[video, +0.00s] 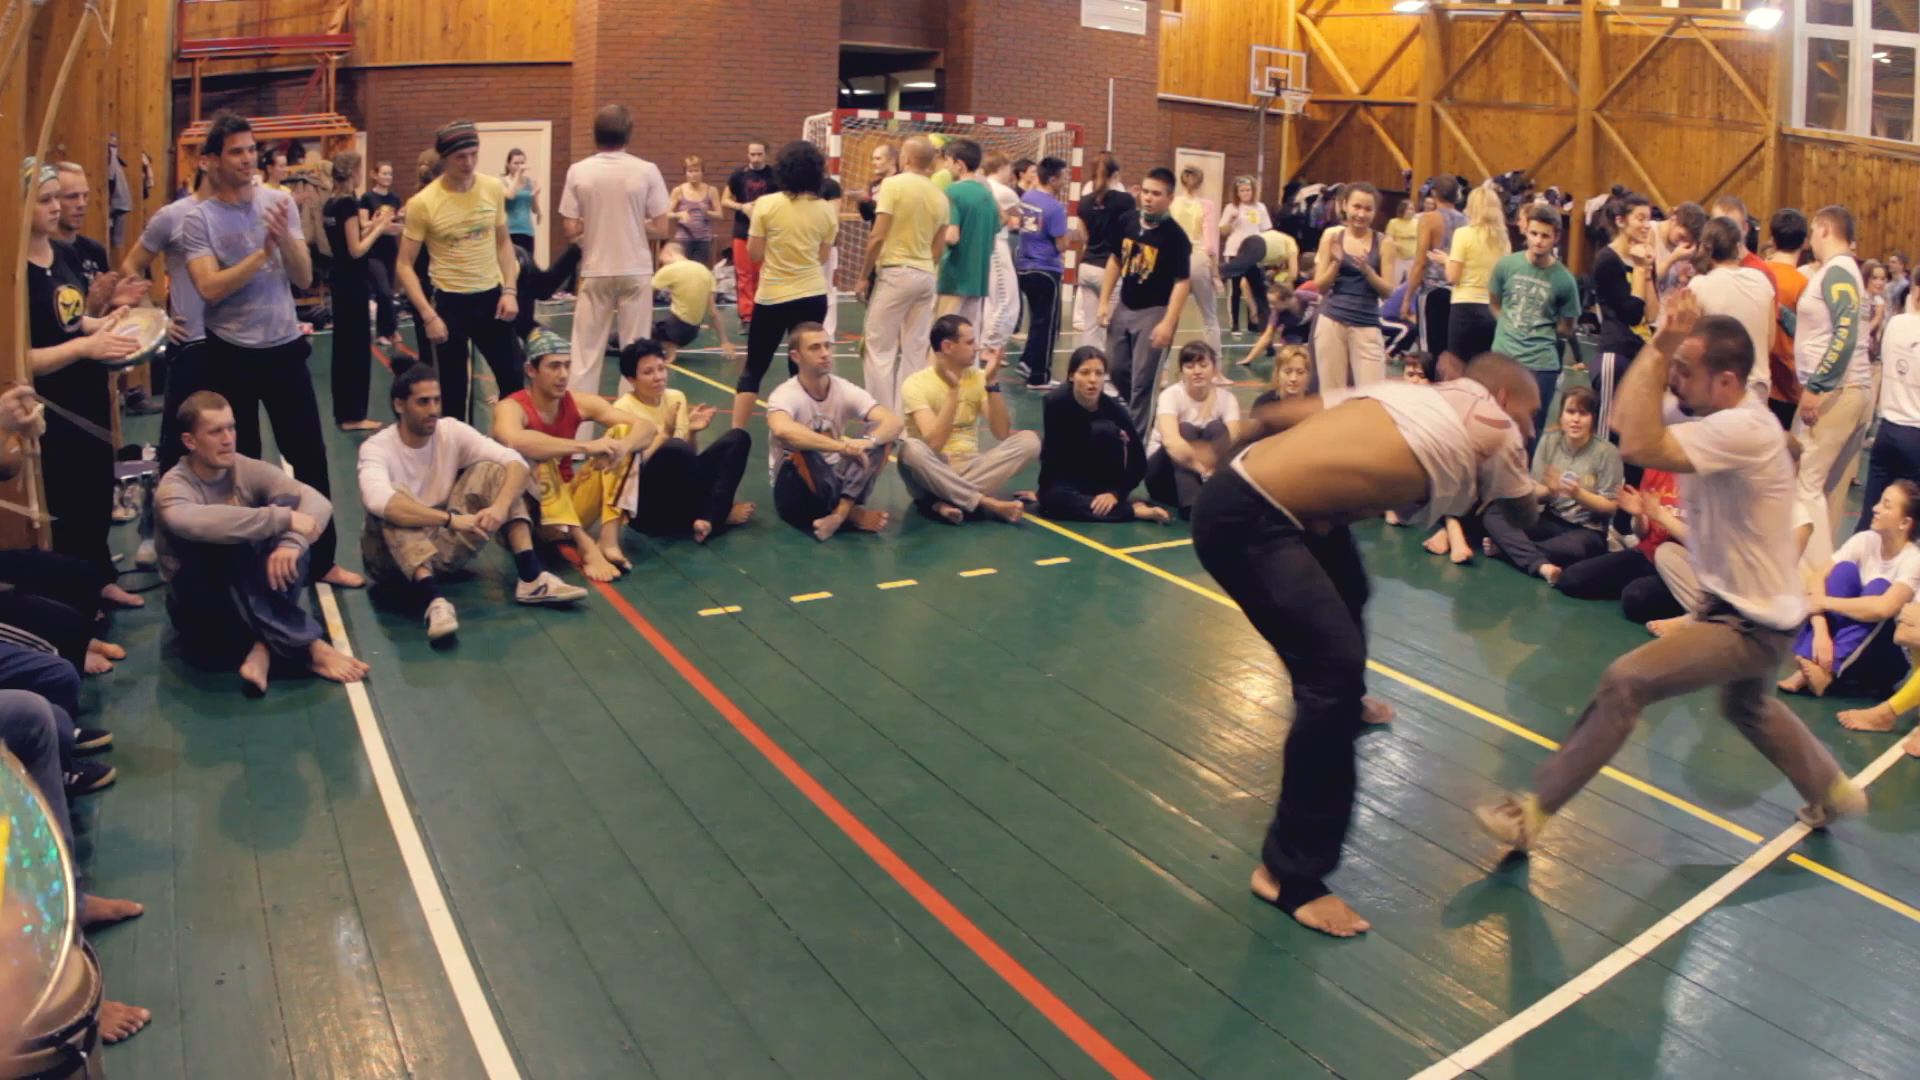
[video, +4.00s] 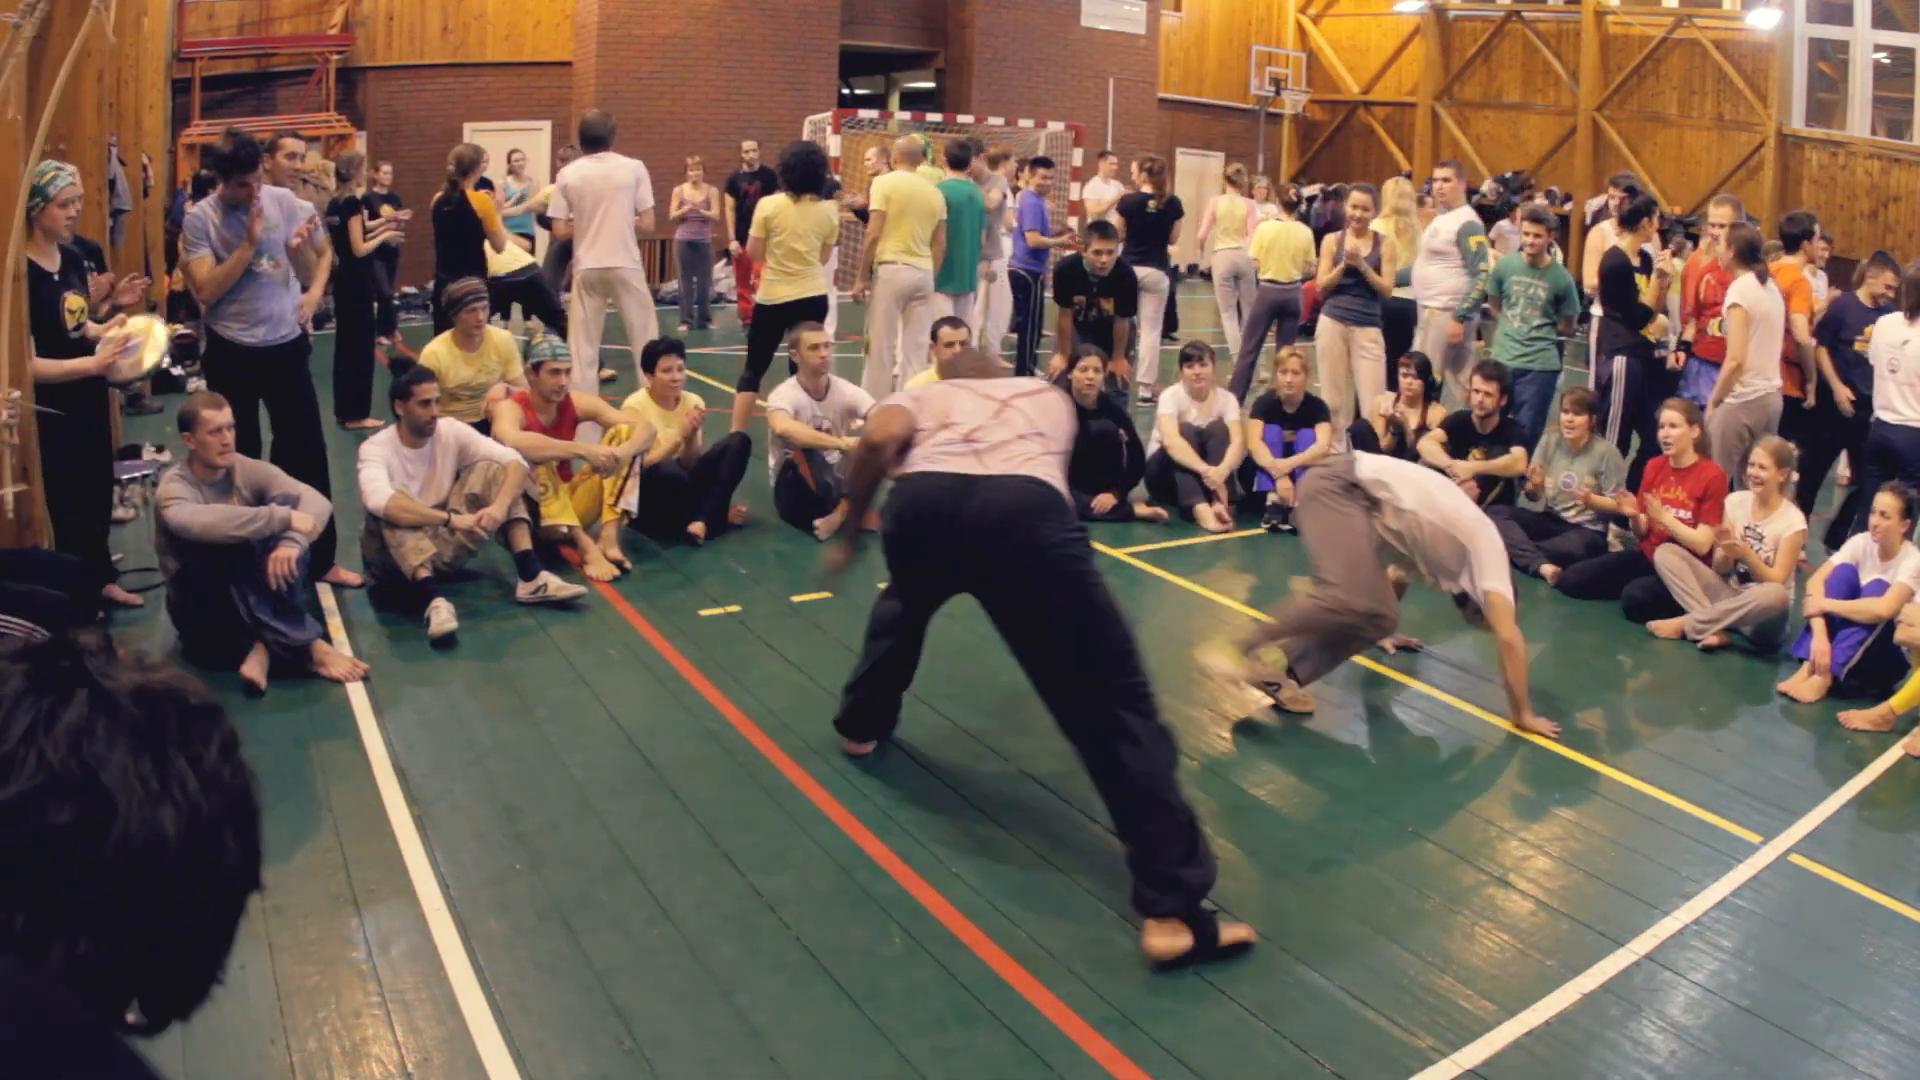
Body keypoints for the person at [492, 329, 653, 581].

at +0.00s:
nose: (563, 375)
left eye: (567, 366)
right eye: (554, 367)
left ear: (572, 367)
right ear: (531, 370)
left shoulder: (583, 403)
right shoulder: (511, 407)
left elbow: (646, 427)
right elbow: (514, 441)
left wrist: (624, 445)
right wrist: (585, 446)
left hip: (570, 507)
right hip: (525, 513)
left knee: (621, 448)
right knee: (541, 464)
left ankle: (609, 538)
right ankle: (587, 546)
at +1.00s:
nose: (557, 375)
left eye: (562, 366)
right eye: (548, 366)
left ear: (568, 367)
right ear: (528, 369)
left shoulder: (579, 402)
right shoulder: (509, 407)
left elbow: (646, 427)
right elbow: (515, 440)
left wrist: (624, 447)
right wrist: (587, 446)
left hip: (571, 507)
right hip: (527, 514)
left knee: (623, 432)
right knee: (540, 464)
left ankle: (609, 537)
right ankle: (587, 546)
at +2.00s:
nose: (558, 375)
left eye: (564, 367)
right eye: (549, 367)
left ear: (570, 370)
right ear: (531, 370)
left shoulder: (580, 404)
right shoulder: (510, 407)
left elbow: (646, 426)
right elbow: (513, 440)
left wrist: (621, 445)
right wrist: (584, 446)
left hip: (571, 506)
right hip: (527, 510)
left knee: (622, 432)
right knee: (542, 465)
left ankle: (609, 537)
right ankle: (586, 545)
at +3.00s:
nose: (562, 381)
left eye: (567, 373)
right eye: (553, 373)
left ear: (572, 372)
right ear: (532, 373)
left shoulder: (579, 403)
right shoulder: (511, 407)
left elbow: (646, 429)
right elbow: (512, 438)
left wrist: (622, 449)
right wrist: (585, 448)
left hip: (572, 505)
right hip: (528, 511)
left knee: (623, 432)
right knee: (543, 466)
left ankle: (609, 536)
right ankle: (587, 546)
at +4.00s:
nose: (563, 382)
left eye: (567, 373)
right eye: (554, 373)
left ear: (572, 372)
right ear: (531, 374)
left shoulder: (578, 402)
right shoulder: (510, 407)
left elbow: (646, 428)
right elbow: (508, 439)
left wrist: (625, 451)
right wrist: (583, 450)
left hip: (572, 504)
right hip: (528, 510)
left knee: (623, 432)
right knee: (542, 466)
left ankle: (609, 536)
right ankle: (587, 546)